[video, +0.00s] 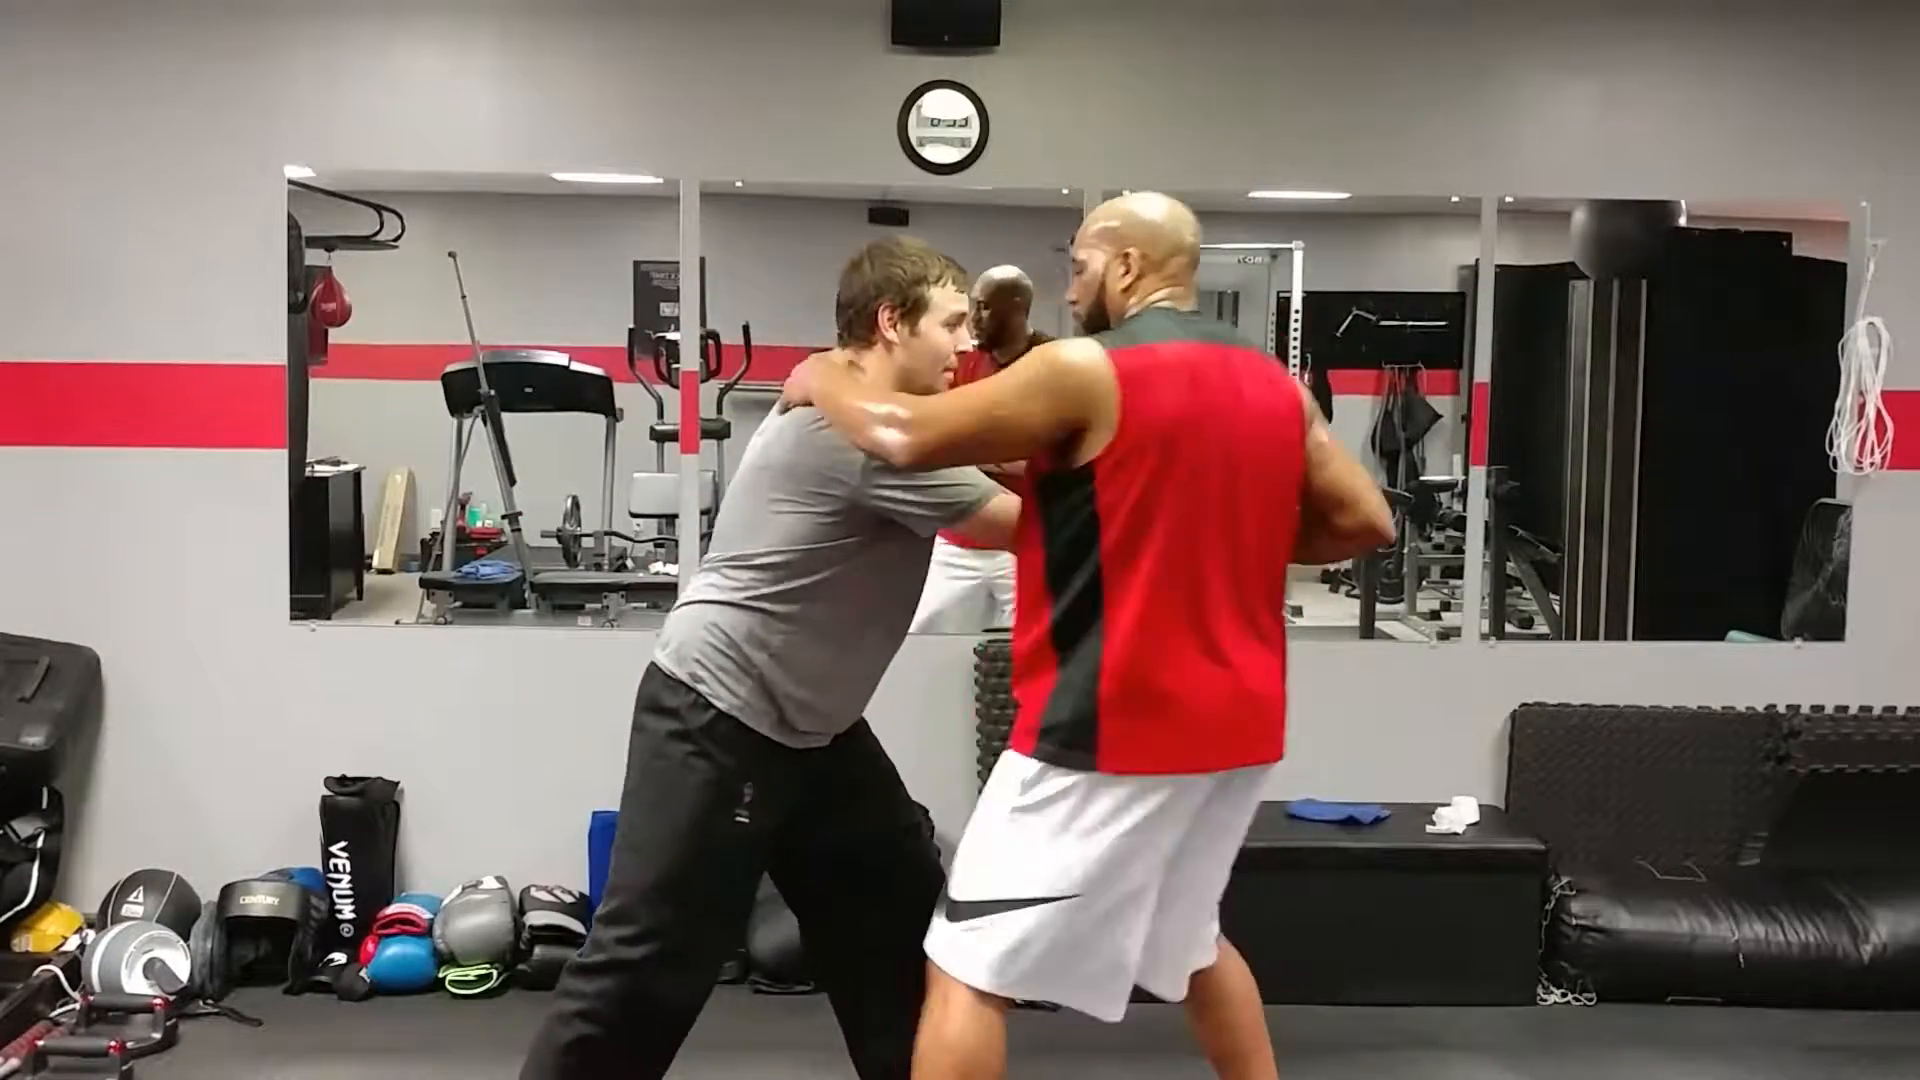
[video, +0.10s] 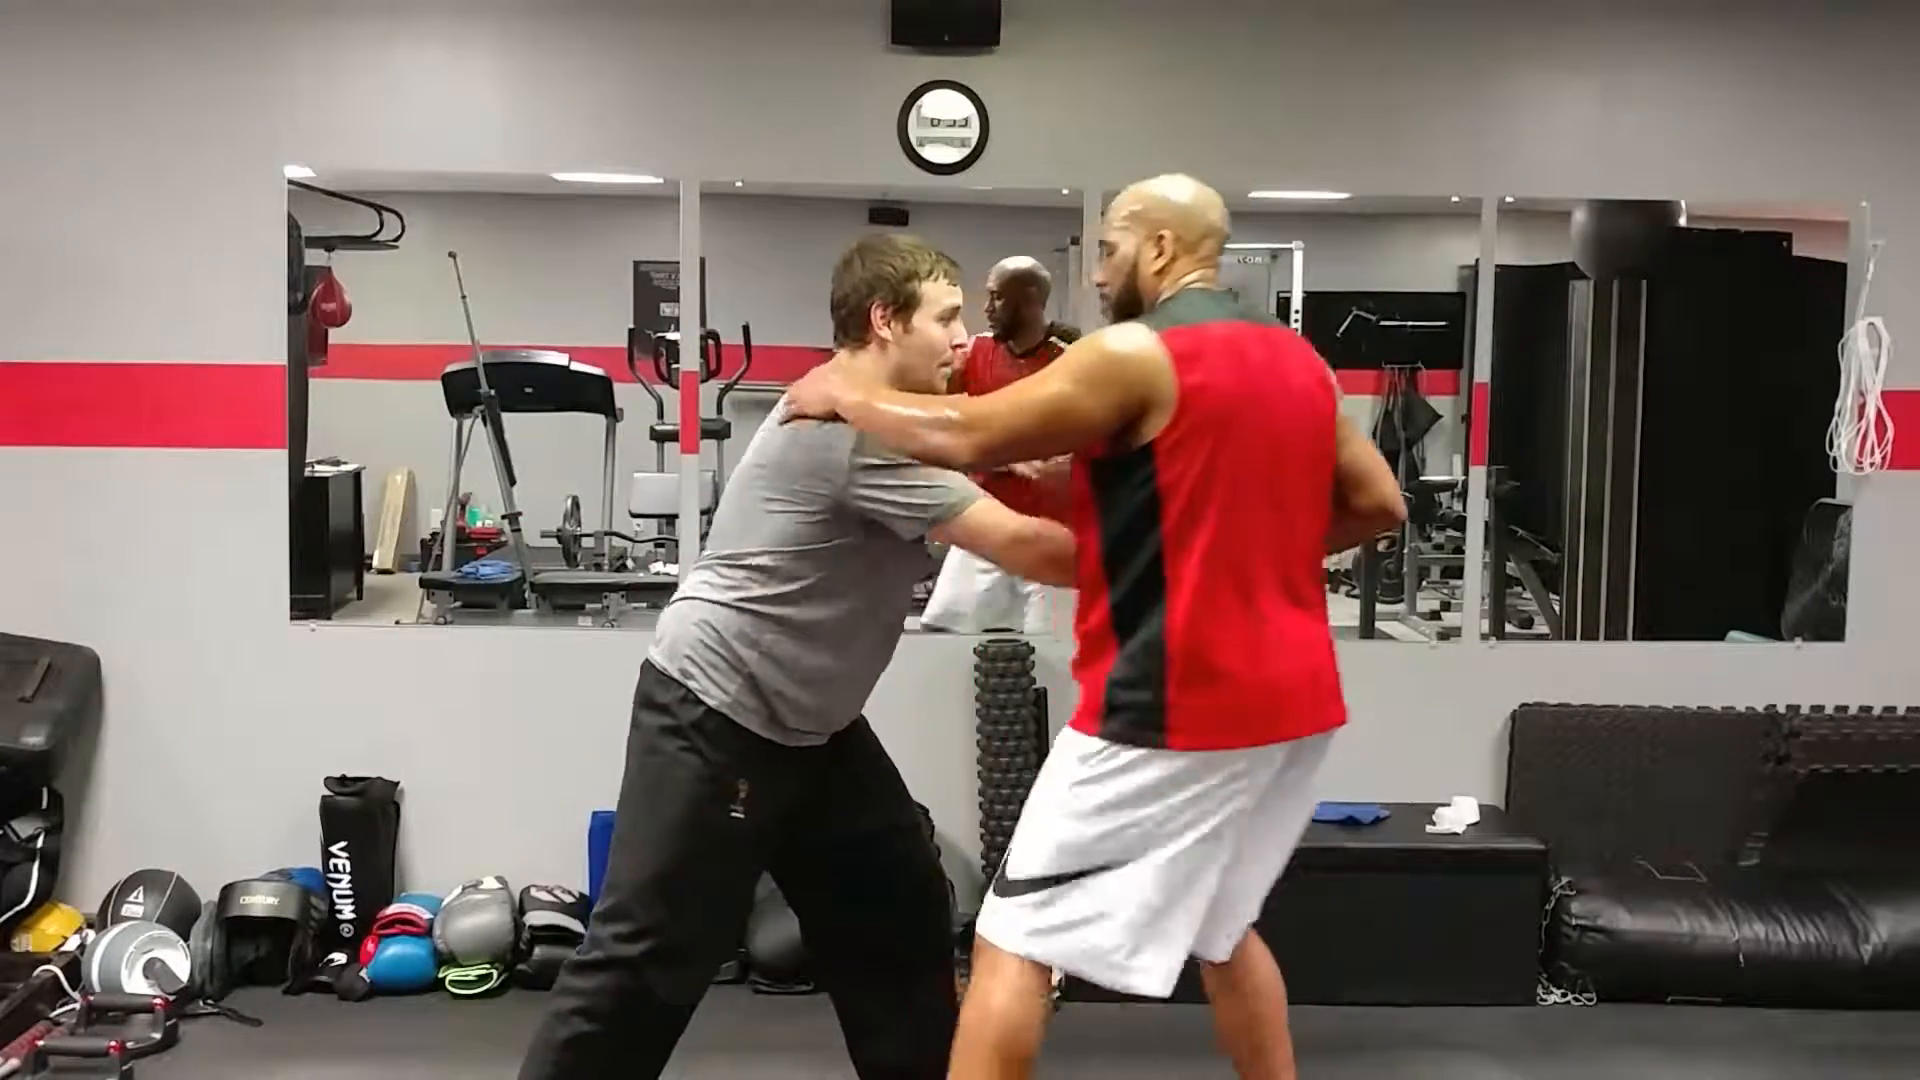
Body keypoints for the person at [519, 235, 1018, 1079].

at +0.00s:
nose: (968, 347)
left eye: (969, 328)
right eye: (953, 323)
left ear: (886, 328)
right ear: (887, 325)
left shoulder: (883, 424)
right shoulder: (854, 431)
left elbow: (1019, 497)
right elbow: (1024, 524)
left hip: (815, 730)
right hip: (711, 714)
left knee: (897, 939)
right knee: (642, 971)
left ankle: (911, 1073)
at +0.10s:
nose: (963, 339)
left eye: (962, 320)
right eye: (945, 317)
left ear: (887, 325)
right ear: (883, 323)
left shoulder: (890, 422)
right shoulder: (853, 431)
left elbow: (1028, 500)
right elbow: (1025, 546)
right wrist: (1151, 565)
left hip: (814, 726)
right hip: (708, 713)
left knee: (901, 932)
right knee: (643, 962)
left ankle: (918, 1072)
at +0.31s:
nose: (917, 330)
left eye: (915, 311)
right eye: (897, 311)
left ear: (842, 327)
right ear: (829, 322)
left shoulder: (857, 427)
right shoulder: (769, 421)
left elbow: (867, 563)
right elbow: (807, 603)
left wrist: (929, 525)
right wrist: (964, 598)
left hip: (794, 729)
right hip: (681, 718)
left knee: (890, 915)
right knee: (581, 962)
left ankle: (923, 1073)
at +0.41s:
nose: (850, 325)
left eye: (848, 305)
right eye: (828, 305)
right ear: (761, 319)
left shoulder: (810, 420)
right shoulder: (685, 424)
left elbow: (826, 554)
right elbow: (697, 605)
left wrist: (882, 483)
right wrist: (847, 581)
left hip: (761, 754)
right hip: (635, 747)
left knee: (870, 958)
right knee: (524, 987)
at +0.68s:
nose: (700, 272)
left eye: (700, 254)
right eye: (681, 252)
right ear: (609, 261)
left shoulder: (692, 371)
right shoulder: (521, 364)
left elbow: (794, 451)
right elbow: (582, 473)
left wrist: (759, 340)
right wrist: (647, 338)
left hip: (669, 715)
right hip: (524, 709)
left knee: (743, 977)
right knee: (457, 991)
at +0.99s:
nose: (718, 314)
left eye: (715, 295)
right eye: (698, 294)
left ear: (648, 309)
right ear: (629, 303)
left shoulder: (715, 414)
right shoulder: (545, 422)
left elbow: (810, 490)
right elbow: (609, 525)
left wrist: (798, 389)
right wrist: (675, 393)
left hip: (706, 752)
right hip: (554, 762)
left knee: (820, 916)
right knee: (465, 991)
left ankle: (852, 1064)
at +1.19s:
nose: (854, 310)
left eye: (845, 294)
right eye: (831, 296)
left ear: (781, 323)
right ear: (774, 320)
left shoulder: (827, 398)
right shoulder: (777, 407)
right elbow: (977, 299)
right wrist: (1104, 186)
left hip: (824, 760)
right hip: (720, 758)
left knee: (939, 978)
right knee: (607, 979)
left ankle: (992, 1076)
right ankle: (485, 1075)